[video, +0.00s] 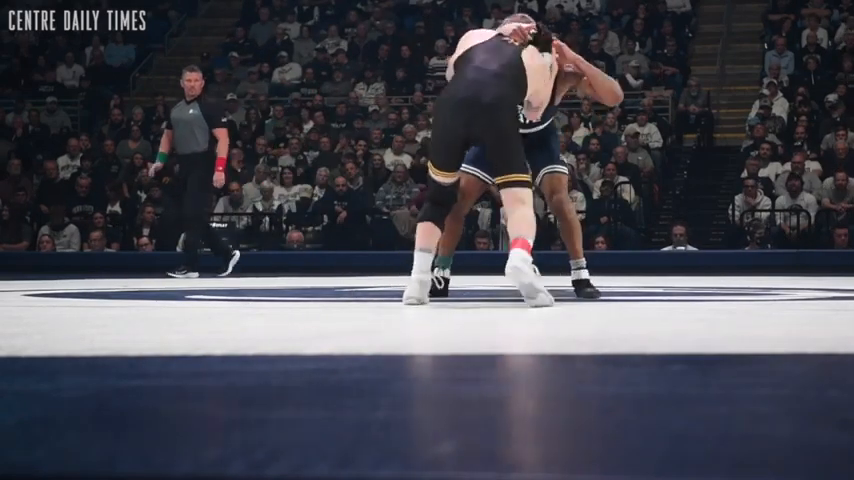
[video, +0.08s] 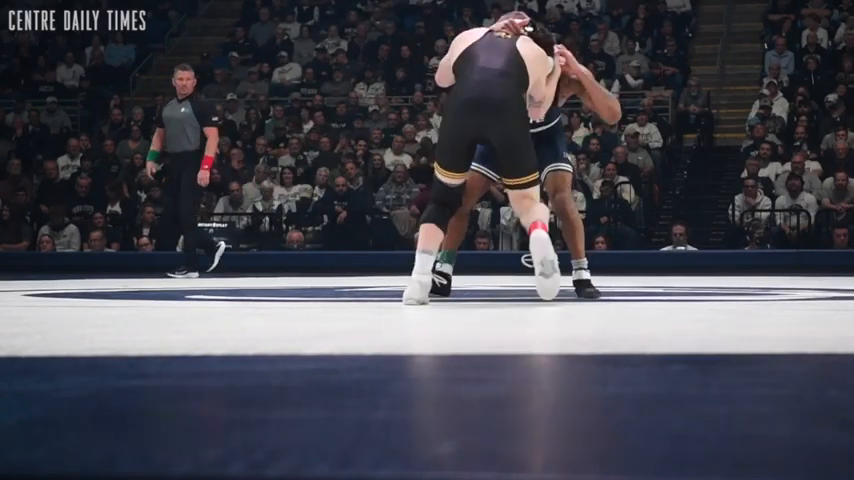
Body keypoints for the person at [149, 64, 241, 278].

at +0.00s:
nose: (191, 85)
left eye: (195, 81)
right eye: (188, 81)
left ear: (202, 82)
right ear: (182, 83)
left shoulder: (210, 106)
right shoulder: (176, 109)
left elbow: (223, 138)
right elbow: (167, 136)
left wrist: (220, 169)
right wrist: (160, 160)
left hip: (202, 164)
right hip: (183, 165)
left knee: (194, 212)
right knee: (191, 214)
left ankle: (190, 265)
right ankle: (227, 253)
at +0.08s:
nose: (184, 84)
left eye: (188, 79)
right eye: (180, 79)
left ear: (194, 81)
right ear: (173, 82)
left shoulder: (201, 104)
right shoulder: (167, 107)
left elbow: (213, 137)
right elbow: (159, 134)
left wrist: (206, 166)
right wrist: (151, 158)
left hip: (192, 162)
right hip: (172, 163)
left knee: (186, 212)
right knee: (173, 213)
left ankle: (189, 265)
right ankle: (212, 246)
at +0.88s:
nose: (92, 77)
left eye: (96, 73)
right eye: (88, 73)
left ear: (102, 76)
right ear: (81, 75)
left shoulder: (110, 98)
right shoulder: (74, 102)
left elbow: (126, 130)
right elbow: (65, 131)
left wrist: (118, 161)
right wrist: (53, 156)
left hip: (104, 158)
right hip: (85, 159)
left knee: (90, 207)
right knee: (94, 210)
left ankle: (90, 262)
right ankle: (110, 264)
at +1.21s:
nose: (60, 76)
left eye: (65, 71)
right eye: (56, 71)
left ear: (70, 75)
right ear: (48, 73)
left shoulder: (77, 99)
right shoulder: (38, 99)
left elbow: (90, 133)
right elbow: (29, 129)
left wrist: (83, 165)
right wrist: (19, 155)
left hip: (67, 159)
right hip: (44, 159)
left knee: (57, 210)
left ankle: (55, 267)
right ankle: (86, 248)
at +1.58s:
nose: (22, 73)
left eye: (26, 68)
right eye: (18, 68)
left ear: (32, 71)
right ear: (9, 70)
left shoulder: (41, 94)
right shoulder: (3, 95)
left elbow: (52, 128)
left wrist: (33, 154)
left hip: (31, 157)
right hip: (6, 159)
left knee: (42, 206)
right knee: (7, 208)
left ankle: (52, 263)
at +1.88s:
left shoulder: (6, 92)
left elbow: (19, 124)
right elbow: (18, 125)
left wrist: (10, 158)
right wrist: (10, 158)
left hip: (4, 167)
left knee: (9, 211)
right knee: (9, 212)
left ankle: (34, 250)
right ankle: (33, 250)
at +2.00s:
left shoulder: (5, 95)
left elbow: (9, 124)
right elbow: (9, 124)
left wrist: (3, 156)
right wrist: (4, 156)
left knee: (3, 211)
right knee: (4, 210)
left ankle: (8, 252)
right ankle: (7, 252)